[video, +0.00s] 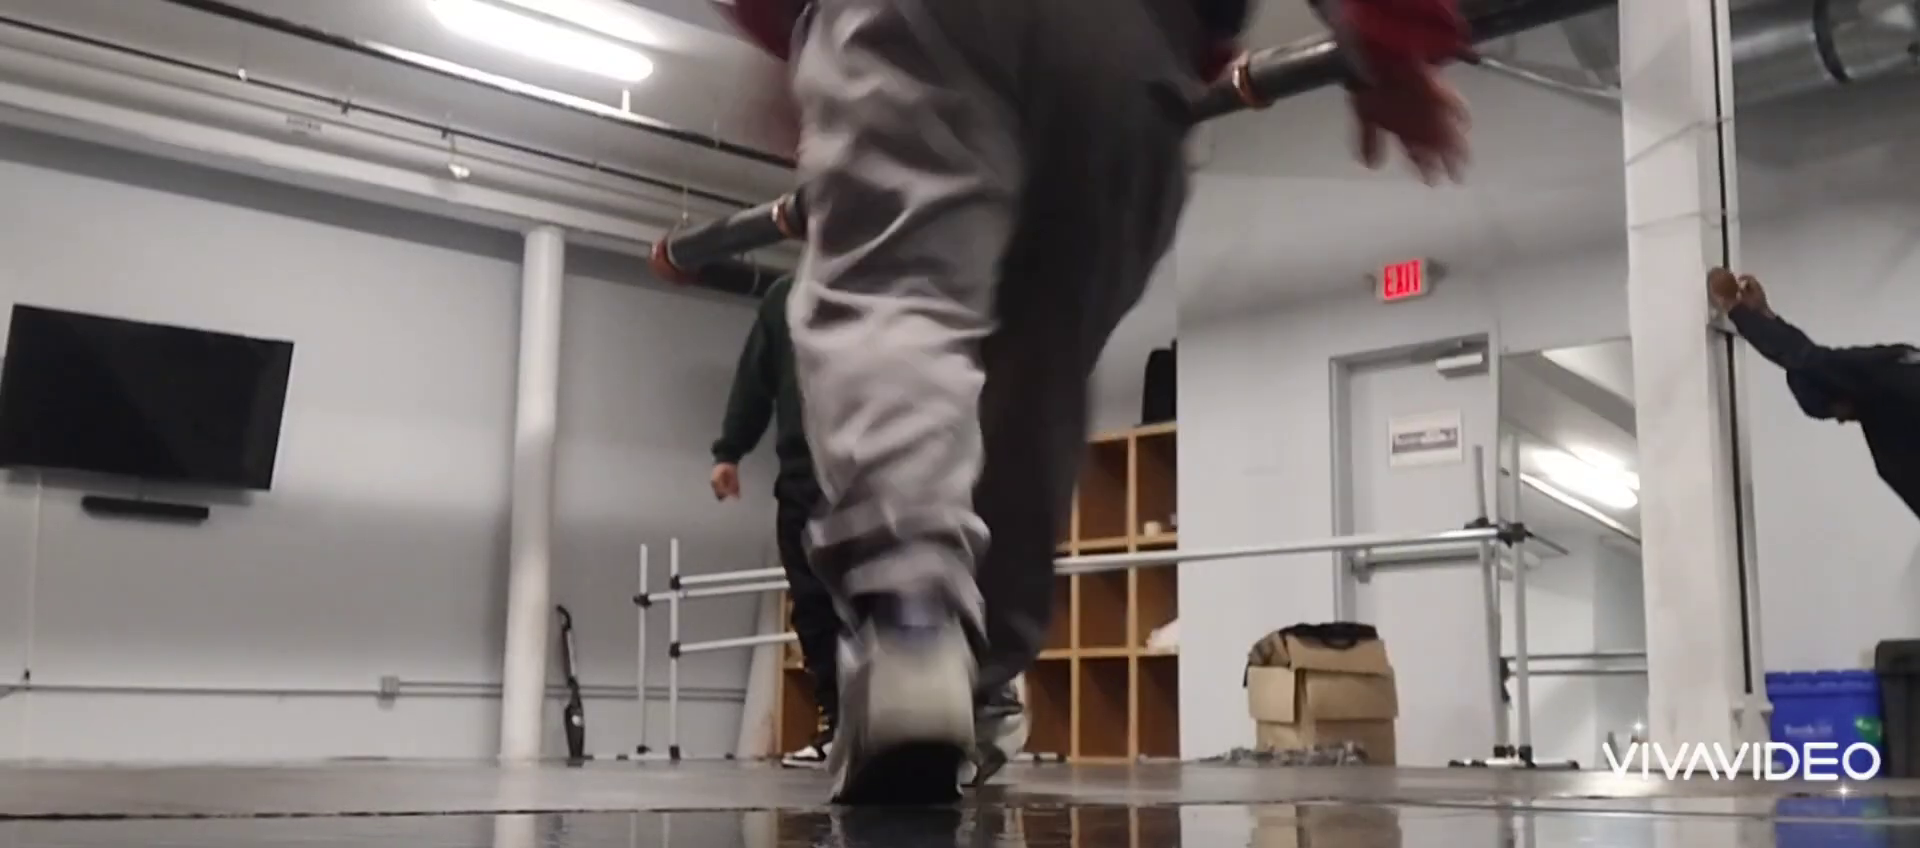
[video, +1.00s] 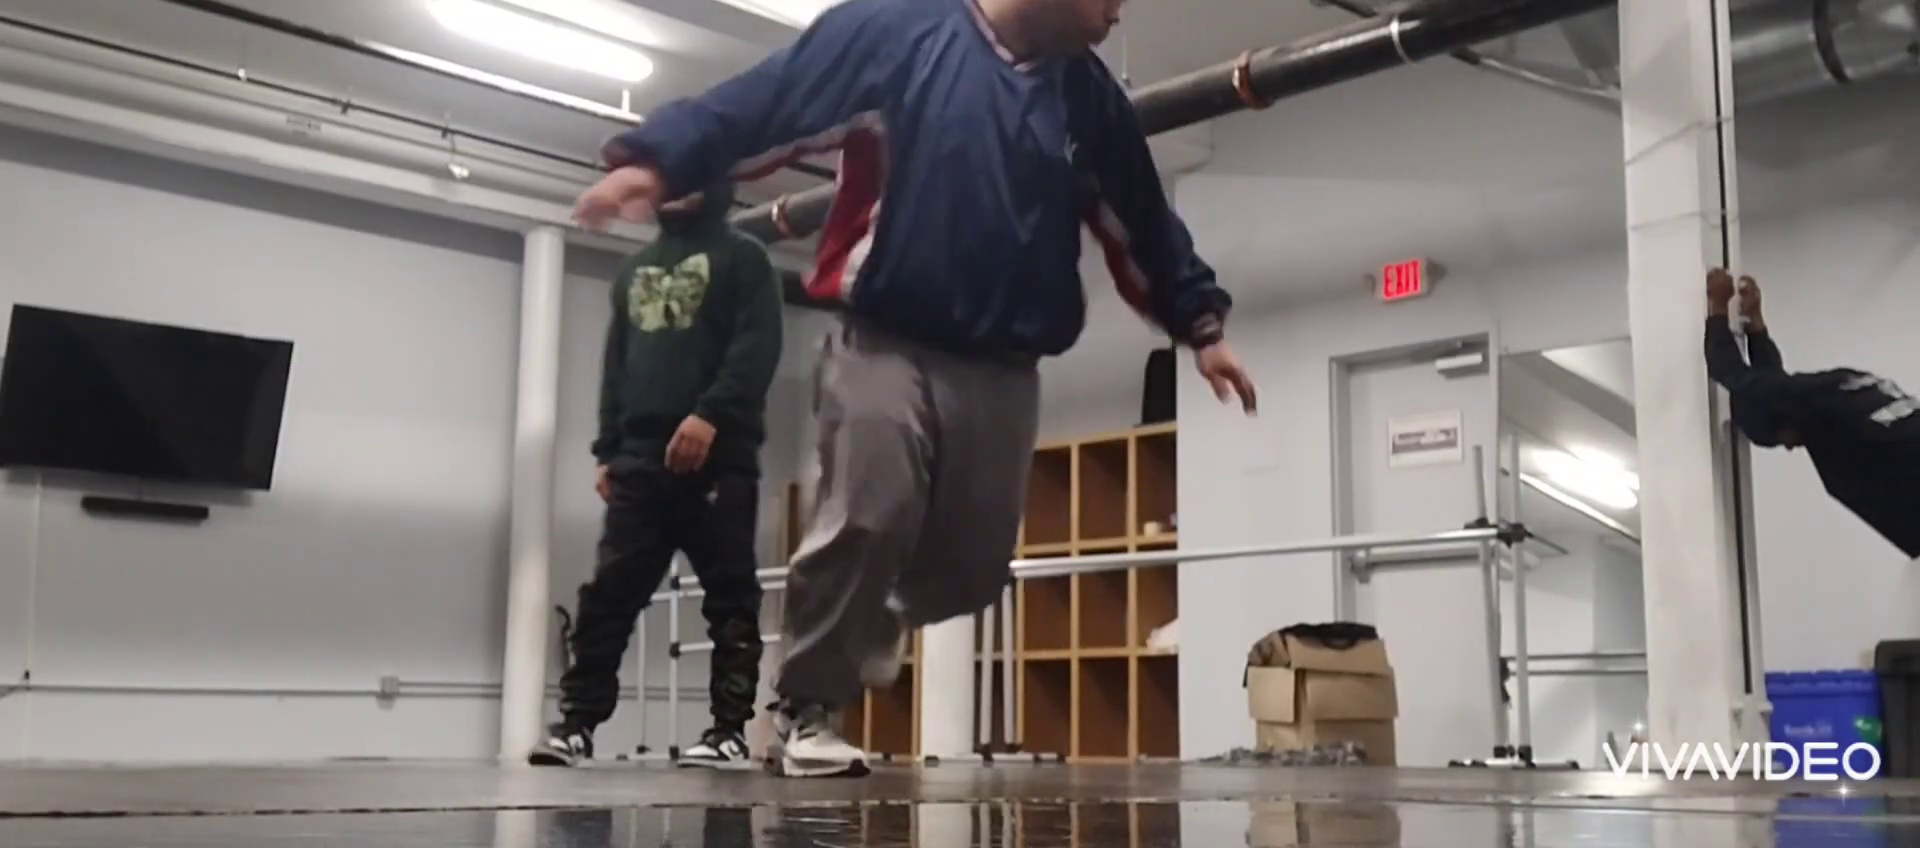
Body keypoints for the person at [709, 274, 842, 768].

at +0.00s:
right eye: (817, 228)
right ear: (808, 235)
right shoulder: (788, 298)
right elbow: (755, 378)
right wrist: (729, 452)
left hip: (876, 472)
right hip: (804, 475)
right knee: (811, 605)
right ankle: (834, 724)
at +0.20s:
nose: (790, 228)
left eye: (800, 216)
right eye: (783, 216)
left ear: (828, 224)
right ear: (776, 225)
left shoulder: (847, 291)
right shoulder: (762, 290)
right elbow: (734, 379)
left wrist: (886, 451)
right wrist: (716, 448)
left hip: (829, 449)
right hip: (766, 449)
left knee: (807, 589)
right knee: (810, 589)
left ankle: (775, 721)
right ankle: (842, 724)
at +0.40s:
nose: (779, 204)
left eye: (792, 197)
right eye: (770, 196)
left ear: (810, 211)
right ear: (756, 210)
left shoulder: (833, 273)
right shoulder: (737, 285)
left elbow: (859, 367)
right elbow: (714, 374)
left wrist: (859, 454)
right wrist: (700, 456)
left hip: (808, 455)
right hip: (748, 457)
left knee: (775, 590)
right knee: (780, 594)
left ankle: (735, 727)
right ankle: (842, 723)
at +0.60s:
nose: (747, 191)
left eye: (762, 184)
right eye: (741, 181)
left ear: (787, 200)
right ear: (729, 194)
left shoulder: (803, 270)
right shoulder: (714, 272)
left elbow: (821, 362)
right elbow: (690, 360)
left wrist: (807, 448)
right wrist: (663, 442)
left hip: (766, 454)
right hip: (711, 454)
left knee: (755, 594)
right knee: (718, 602)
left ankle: (731, 733)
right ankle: (810, 698)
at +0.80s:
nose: (712, 182)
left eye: (728, 175)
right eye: (706, 173)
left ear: (755, 189)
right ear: (695, 186)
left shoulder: (770, 259)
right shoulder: (684, 264)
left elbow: (773, 355)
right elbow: (661, 355)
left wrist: (739, 427)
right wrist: (632, 442)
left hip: (748, 450)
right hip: (680, 450)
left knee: (746, 591)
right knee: (648, 587)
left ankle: (730, 730)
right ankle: (701, 692)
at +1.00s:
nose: (673, 194)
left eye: (686, 180)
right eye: (664, 181)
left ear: (713, 184)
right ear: (649, 191)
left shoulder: (743, 256)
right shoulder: (635, 271)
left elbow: (757, 349)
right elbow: (616, 365)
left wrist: (708, 416)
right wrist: (609, 449)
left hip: (720, 459)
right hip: (642, 456)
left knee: (730, 594)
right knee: (610, 592)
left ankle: (728, 733)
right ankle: (576, 728)